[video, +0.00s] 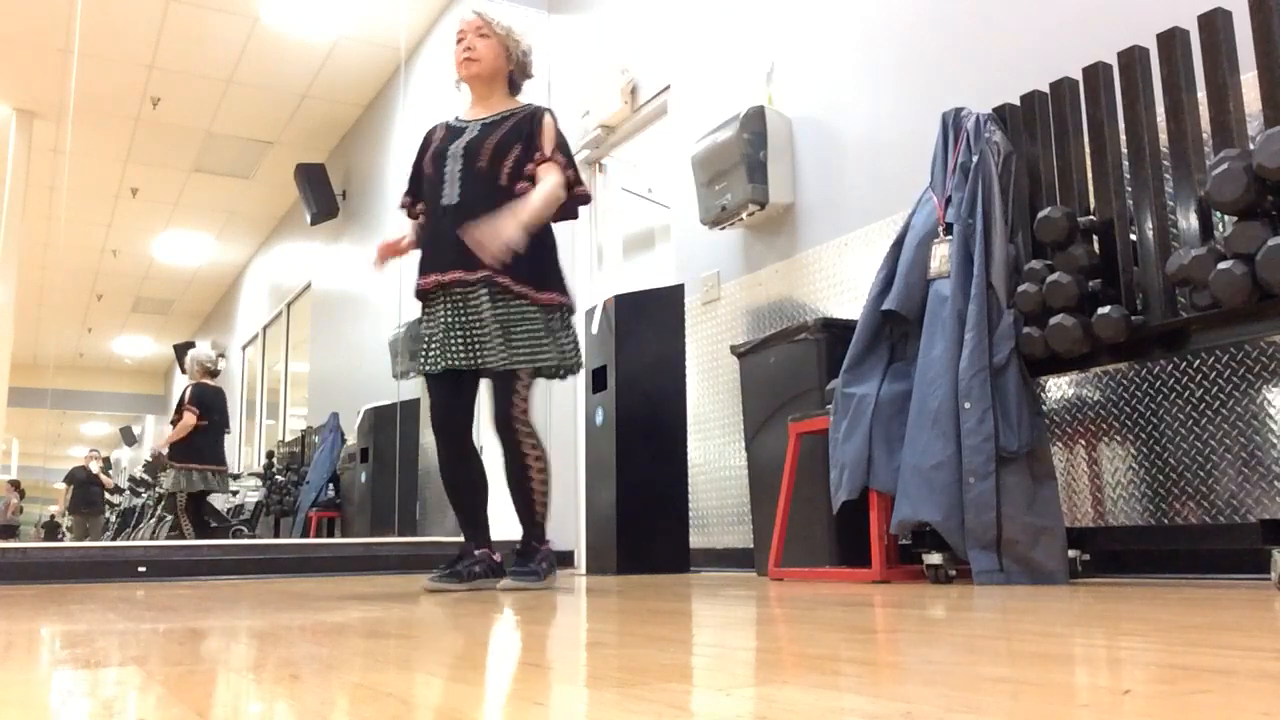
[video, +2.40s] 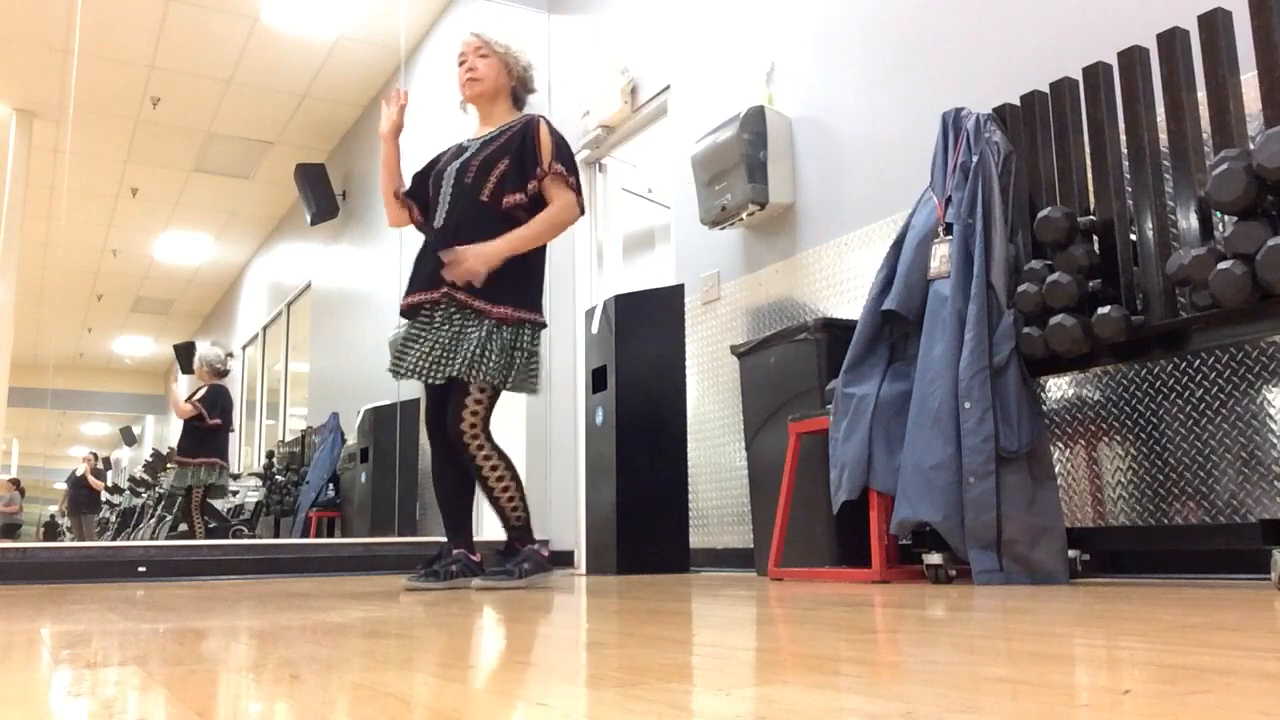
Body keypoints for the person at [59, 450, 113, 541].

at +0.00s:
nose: (93, 460)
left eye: (96, 458)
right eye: (90, 457)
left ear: (100, 460)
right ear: (85, 458)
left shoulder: (103, 472)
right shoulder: (76, 471)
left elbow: (111, 486)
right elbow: (64, 488)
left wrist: (99, 473)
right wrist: (61, 506)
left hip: (96, 512)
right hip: (78, 512)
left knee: (96, 540)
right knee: (78, 540)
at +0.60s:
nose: (103, 460)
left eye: (106, 458)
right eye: (101, 458)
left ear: (110, 460)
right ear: (97, 458)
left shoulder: (114, 471)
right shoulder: (88, 471)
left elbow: (120, 485)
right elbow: (78, 488)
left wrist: (108, 474)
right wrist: (74, 506)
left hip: (106, 512)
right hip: (88, 511)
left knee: (101, 540)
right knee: (84, 538)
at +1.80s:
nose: (91, 462)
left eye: (94, 460)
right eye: (89, 459)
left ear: (99, 461)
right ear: (86, 460)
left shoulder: (103, 472)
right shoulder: (79, 472)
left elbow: (107, 487)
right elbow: (71, 489)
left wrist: (94, 474)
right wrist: (67, 504)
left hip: (95, 510)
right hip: (78, 510)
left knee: (94, 538)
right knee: (81, 539)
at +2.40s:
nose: (86, 463)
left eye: (89, 460)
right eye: (84, 460)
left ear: (95, 462)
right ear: (81, 461)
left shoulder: (99, 472)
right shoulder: (76, 472)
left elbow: (100, 487)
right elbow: (67, 490)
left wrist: (88, 475)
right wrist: (60, 505)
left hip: (89, 508)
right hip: (74, 508)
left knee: (89, 537)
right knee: (78, 537)